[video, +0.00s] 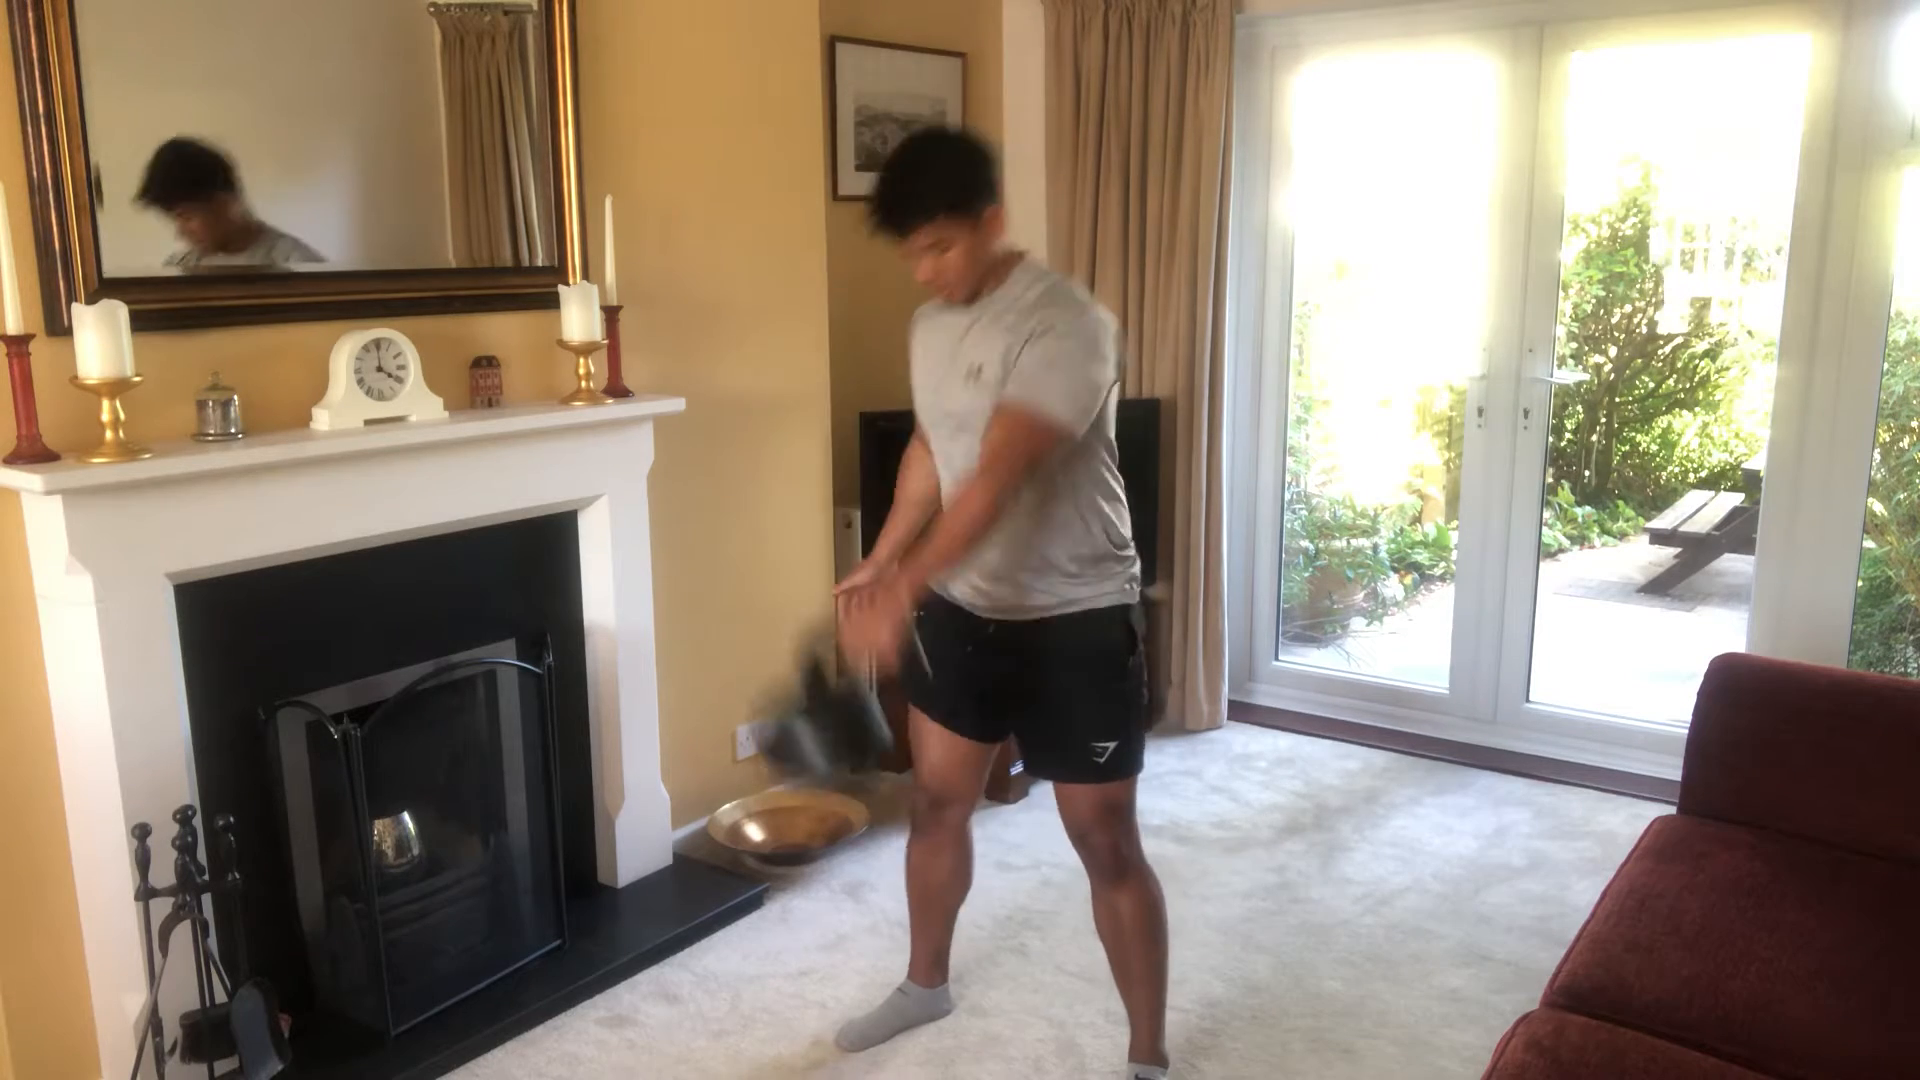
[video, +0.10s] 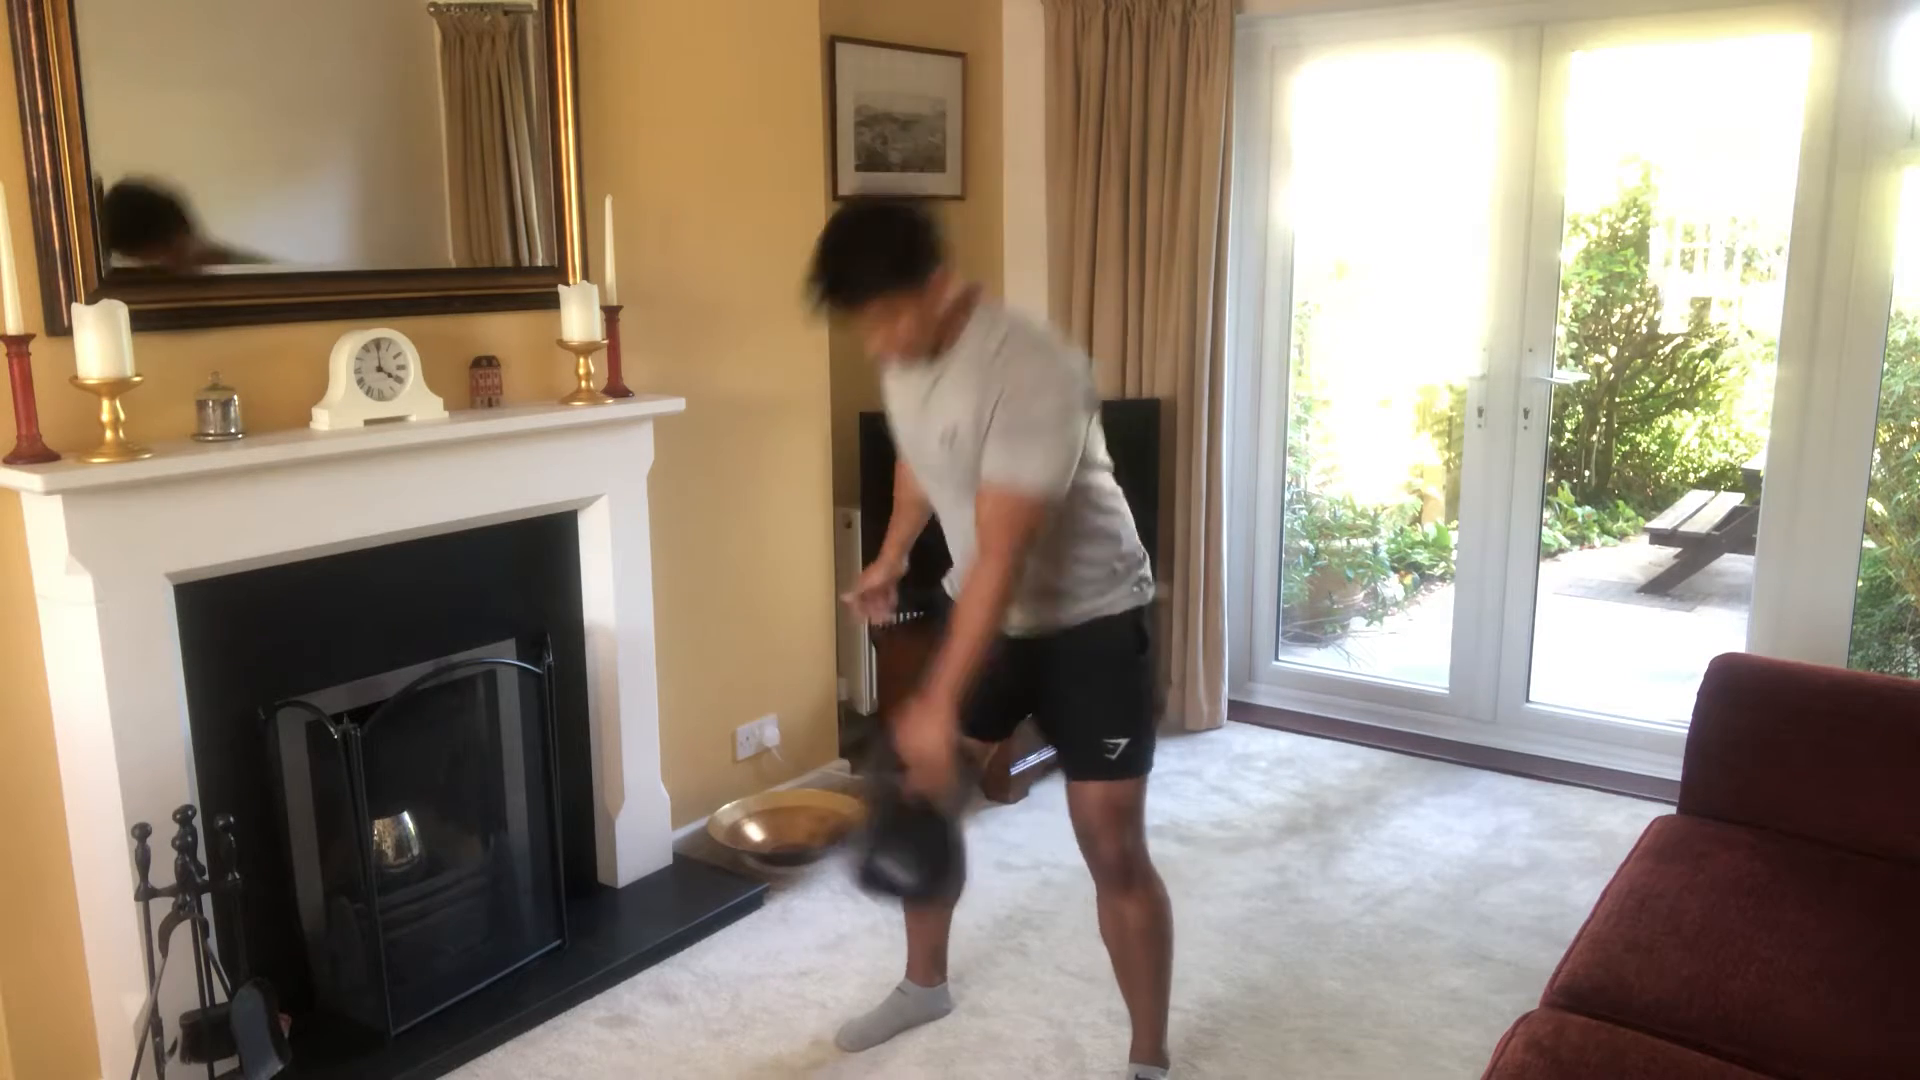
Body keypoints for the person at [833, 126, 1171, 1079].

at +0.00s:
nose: (924, 268)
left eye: (939, 245)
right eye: (912, 251)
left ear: (993, 220)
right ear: (905, 243)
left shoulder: (1067, 322)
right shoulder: (933, 324)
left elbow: (1002, 474)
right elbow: (930, 448)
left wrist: (908, 583)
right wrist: (886, 554)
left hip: (1076, 618)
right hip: (962, 609)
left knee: (1105, 843)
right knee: (937, 805)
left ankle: (1149, 1056)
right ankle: (926, 983)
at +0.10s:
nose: (874, 338)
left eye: (884, 315)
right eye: (862, 321)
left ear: (937, 283)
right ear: (857, 309)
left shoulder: (1034, 363)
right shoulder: (903, 360)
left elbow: (1002, 552)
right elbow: (921, 461)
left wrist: (938, 704)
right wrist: (890, 559)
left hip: (1092, 615)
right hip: (990, 611)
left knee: (1113, 848)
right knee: (922, 775)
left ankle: (1150, 1059)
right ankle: (925, 982)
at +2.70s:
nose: (980, 231)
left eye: (998, 208)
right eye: (968, 212)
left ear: (1052, 200)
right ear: (960, 212)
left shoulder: (1108, 306)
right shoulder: (959, 320)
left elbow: (1017, 370)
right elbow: (922, 449)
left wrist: (890, 399)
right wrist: (843, 545)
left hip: (1071, 615)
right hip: (957, 606)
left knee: (1103, 836)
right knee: (951, 806)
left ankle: (1149, 1056)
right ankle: (927, 985)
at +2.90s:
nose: (984, 225)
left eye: (1004, 202)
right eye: (973, 206)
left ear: (1059, 196)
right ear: (964, 206)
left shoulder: (1112, 304)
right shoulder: (960, 317)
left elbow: (1015, 320)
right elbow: (940, 450)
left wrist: (869, 309)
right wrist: (884, 565)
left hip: (1069, 617)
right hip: (955, 606)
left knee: (1103, 837)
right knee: (951, 806)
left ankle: (1148, 1053)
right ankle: (928, 984)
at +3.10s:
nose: (985, 238)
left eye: (1003, 215)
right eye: (974, 219)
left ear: (1059, 203)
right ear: (967, 214)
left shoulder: (1111, 308)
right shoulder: (970, 320)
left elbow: (1022, 372)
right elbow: (948, 453)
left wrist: (884, 412)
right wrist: (896, 561)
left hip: (1072, 619)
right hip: (959, 608)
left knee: (1106, 838)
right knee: (950, 807)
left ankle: (1149, 1054)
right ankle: (927, 984)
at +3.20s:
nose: (972, 256)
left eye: (988, 233)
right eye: (958, 238)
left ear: (1040, 215)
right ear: (944, 230)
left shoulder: (1098, 310)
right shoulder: (961, 319)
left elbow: (1004, 429)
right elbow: (945, 446)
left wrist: (886, 541)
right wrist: (885, 544)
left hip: (1079, 615)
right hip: (967, 604)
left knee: (1104, 836)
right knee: (949, 805)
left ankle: (1149, 1054)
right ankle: (927, 985)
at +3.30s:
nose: (928, 294)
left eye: (941, 274)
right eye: (917, 278)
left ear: (989, 248)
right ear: (910, 264)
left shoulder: (1071, 332)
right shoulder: (937, 329)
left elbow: (1011, 494)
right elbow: (937, 439)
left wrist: (933, 642)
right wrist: (889, 537)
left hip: (1088, 613)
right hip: (981, 606)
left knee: (1109, 842)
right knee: (939, 801)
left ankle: (1149, 1057)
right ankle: (926, 984)